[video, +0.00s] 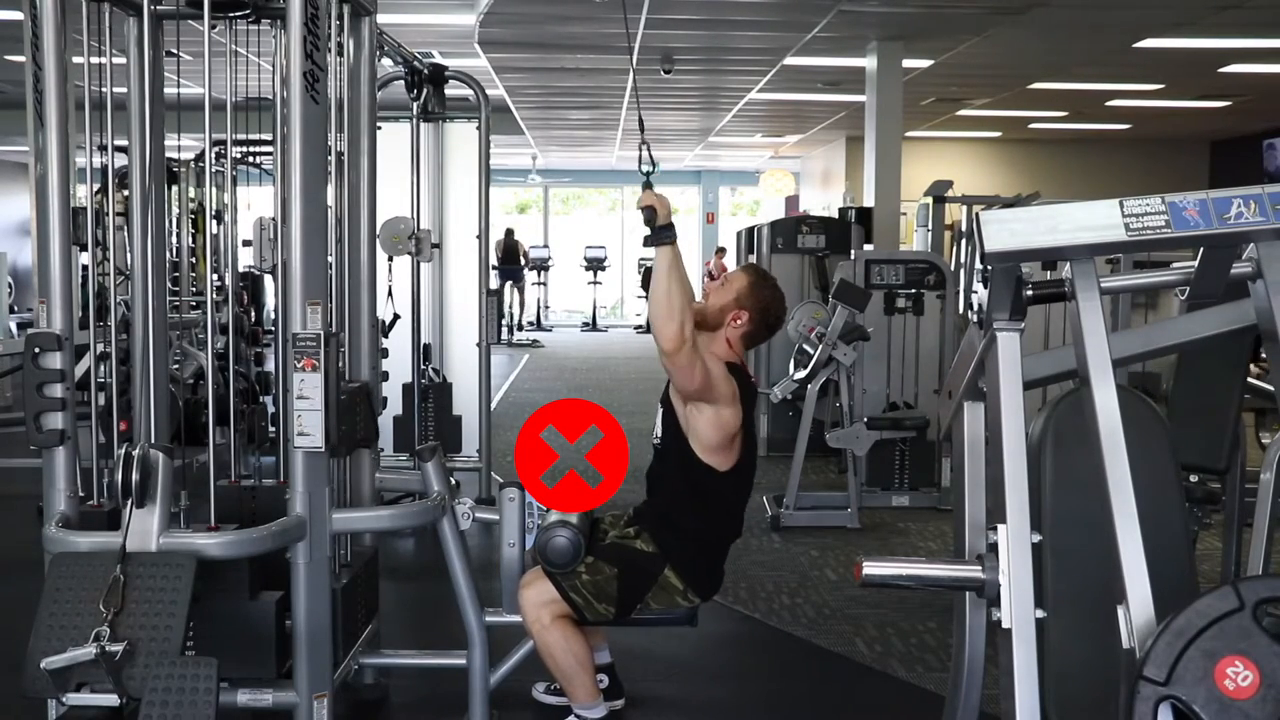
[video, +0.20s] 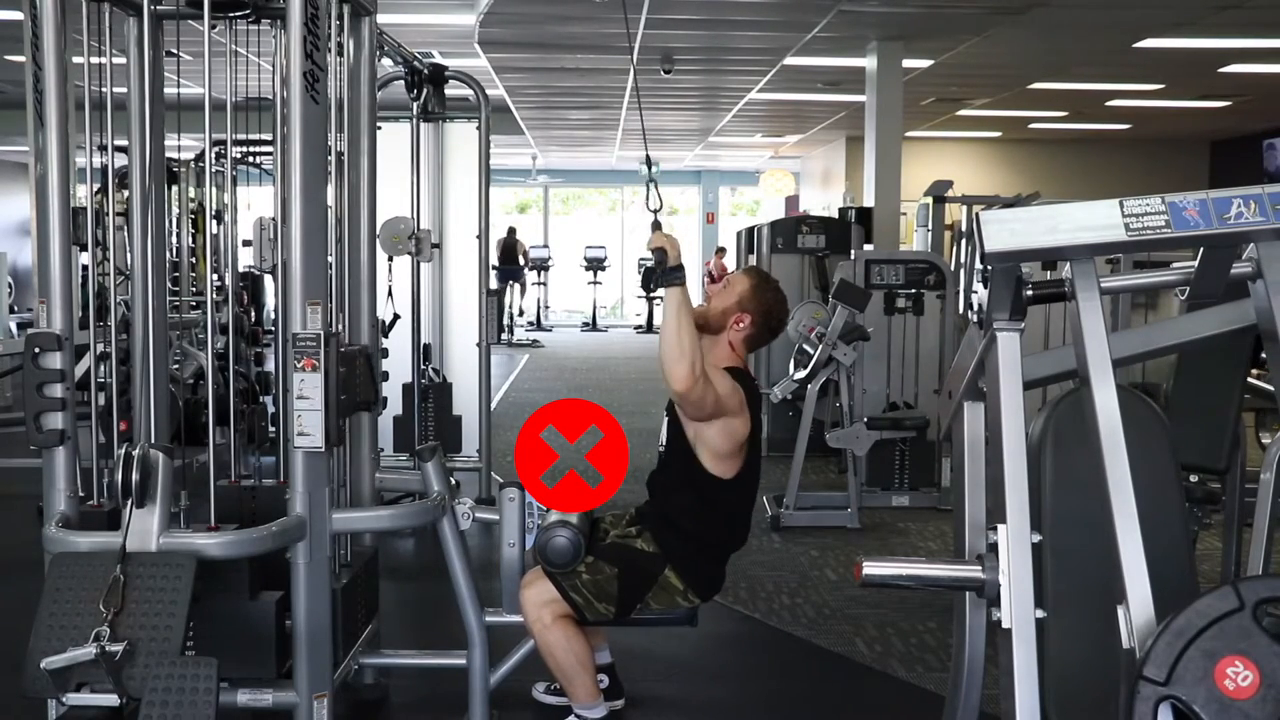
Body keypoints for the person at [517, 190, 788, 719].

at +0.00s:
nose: (712, 283)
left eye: (723, 282)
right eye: (721, 277)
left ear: (736, 318)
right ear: (737, 323)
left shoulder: (712, 384)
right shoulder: (717, 365)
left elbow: (674, 336)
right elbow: (688, 324)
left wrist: (663, 231)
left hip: (676, 562)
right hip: (659, 532)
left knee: (537, 596)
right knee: (555, 547)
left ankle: (589, 709)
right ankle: (595, 672)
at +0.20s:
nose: (713, 286)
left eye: (723, 286)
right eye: (720, 281)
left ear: (738, 323)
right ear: (740, 326)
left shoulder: (727, 391)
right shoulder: (717, 361)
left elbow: (685, 382)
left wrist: (673, 275)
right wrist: (717, 290)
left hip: (680, 559)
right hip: (660, 527)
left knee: (538, 596)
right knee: (558, 541)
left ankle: (588, 711)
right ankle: (598, 674)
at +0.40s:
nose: (715, 285)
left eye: (727, 286)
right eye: (724, 280)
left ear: (740, 324)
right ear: (741, 326)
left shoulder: (735, 392)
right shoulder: (718, 367)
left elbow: (700, 419)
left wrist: (682, 312)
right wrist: (721, 283)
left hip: (680, 560)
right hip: (659, 529)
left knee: (539, 595)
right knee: (555, 544)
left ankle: (590, 712)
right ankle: (597, 675)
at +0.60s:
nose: (717, 288)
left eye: (730, 288)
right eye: (727, 282)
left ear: (743, 324)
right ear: (744, 327)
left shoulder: (735, 391)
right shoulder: (718, 371)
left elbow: (707, 438)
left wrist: (691, 334)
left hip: (680, 559)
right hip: (659, 529)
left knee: (539, 594)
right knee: (556, 546)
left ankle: (590, 712)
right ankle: (596, 675)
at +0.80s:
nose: (717, 289)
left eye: (730, 289)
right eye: (727, 283)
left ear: (743, 325)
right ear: (745, 328)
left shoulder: (736, 391)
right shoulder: (720, 371)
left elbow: (709, 439)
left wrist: (689, 335)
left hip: (680, 560)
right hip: (660, 530)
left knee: (539, 593)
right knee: (556, 544)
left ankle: (590, 712)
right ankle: (596, 675)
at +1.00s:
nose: (717, 286)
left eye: (730, 287)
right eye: (726, 281)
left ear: (743, 324)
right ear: (744, 327)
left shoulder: (737, 389)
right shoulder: (721, 371)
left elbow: (706, 411)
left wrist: (688, 302)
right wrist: (714, 289)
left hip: (678, 562)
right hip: (658, 529)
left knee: (539, 594)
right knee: (555, 543)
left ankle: (589, 712)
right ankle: (596, 674)